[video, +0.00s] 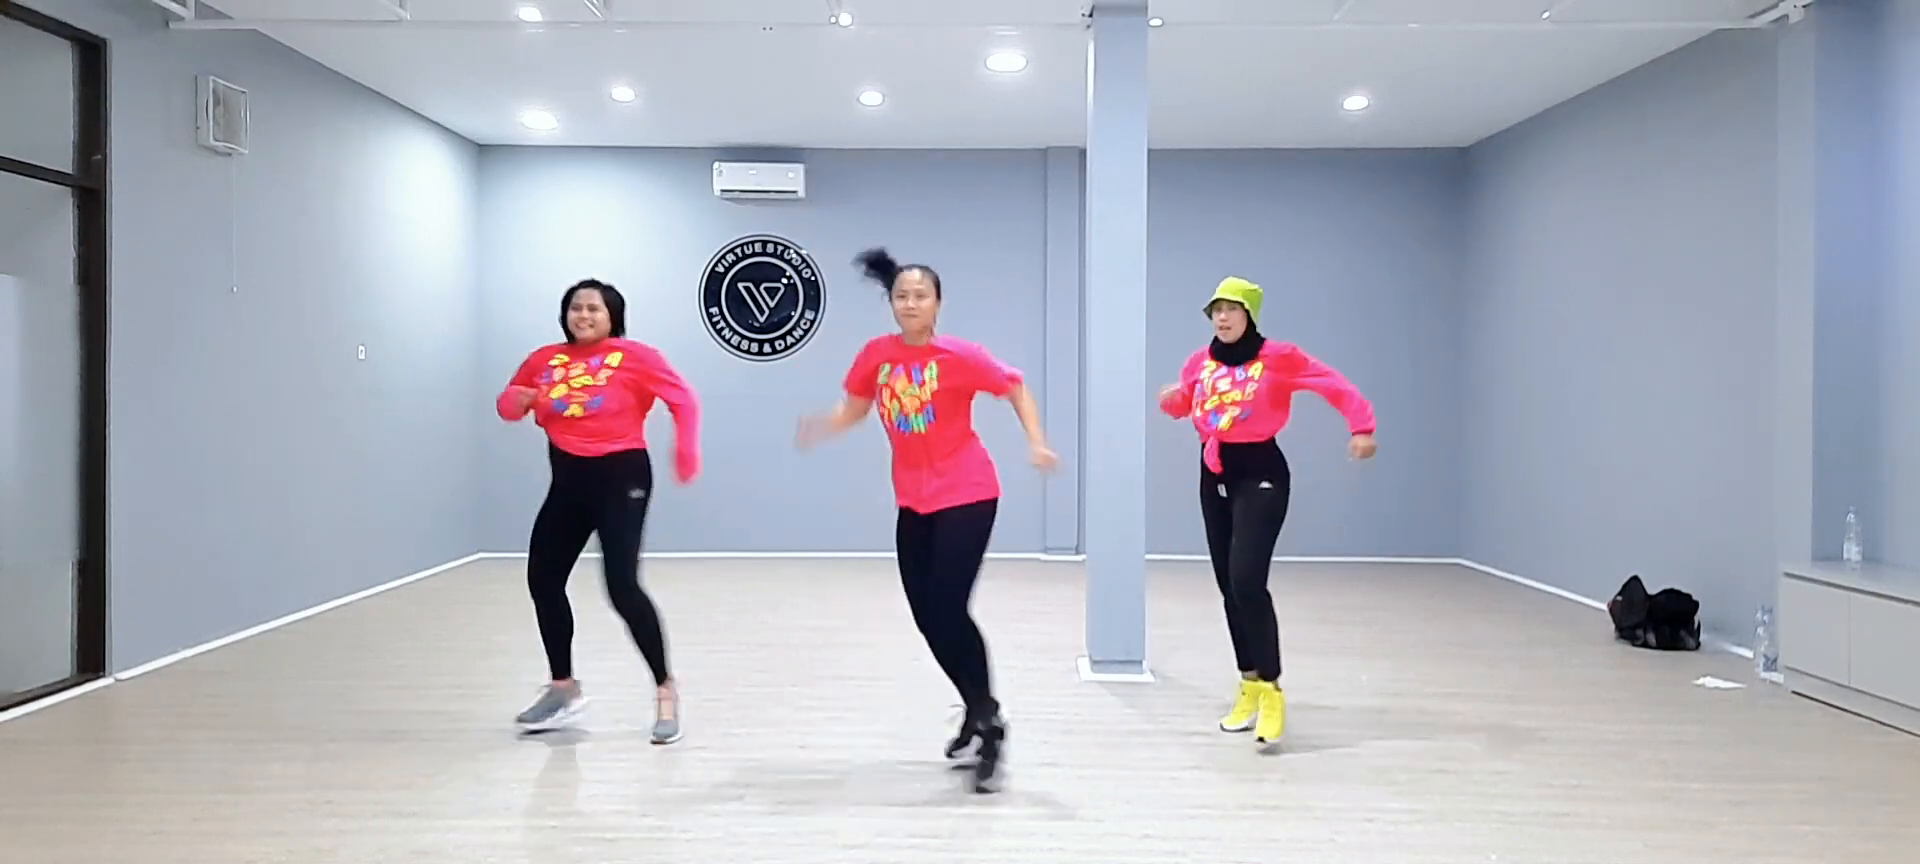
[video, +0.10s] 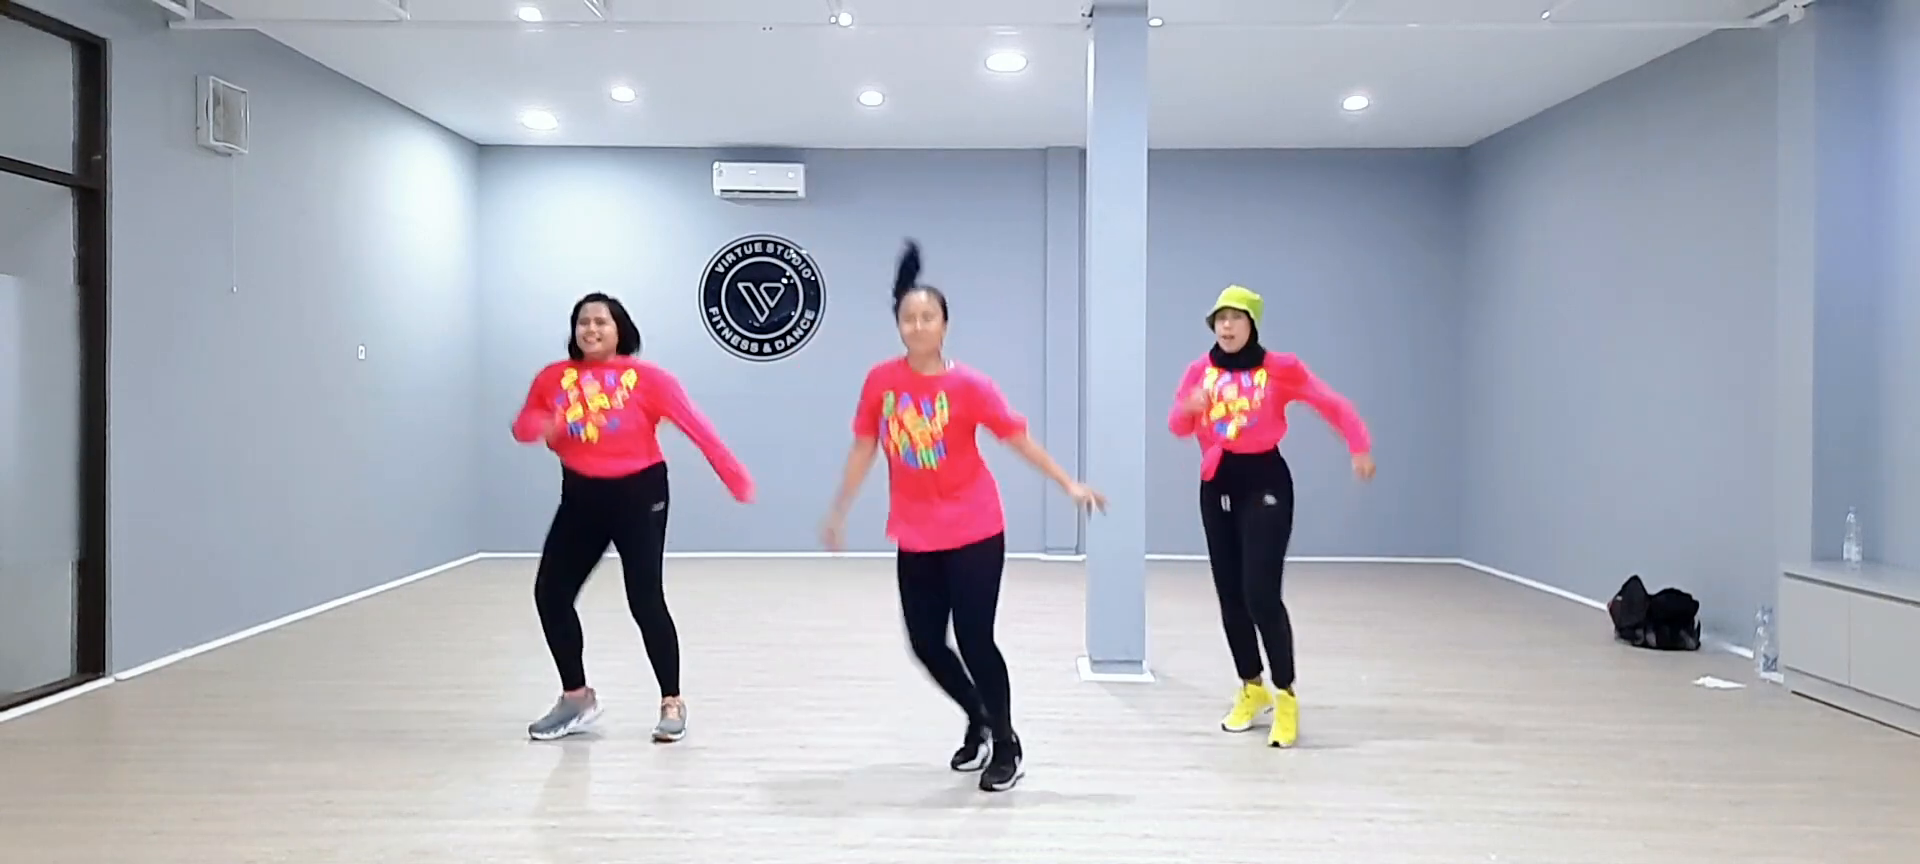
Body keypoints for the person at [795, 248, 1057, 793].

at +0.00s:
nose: (911, 302)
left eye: (921, 295)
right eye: (902, 295)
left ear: (938, 304)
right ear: (891, 304)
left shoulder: (961, 356)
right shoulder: (876, 355)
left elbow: (1015, 388)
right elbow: (853, 408)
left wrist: (1037, 441)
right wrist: (822, 426)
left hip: (968, 498)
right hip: (915, 504)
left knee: (947, 607)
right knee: (927, 616)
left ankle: (988, 722)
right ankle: (978, 709)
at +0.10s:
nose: (918, 326)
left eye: (928, 317)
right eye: (909, 318)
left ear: (945, 326)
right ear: (897, 327)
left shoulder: (969, 386)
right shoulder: (881, 381)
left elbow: (1019, 439)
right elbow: (864, 448)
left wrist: (1070, 484)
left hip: (974, 533)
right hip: (915, 537)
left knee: (974, 640)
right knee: (925, 643)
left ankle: (1005, 743)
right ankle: (978, 715)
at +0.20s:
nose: (908, 330)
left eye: (919, 322)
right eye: (900, 322)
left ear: (938, 331)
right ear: (890, 331)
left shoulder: (967, 392)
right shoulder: (874, 388)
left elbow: (996, 457)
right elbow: (872, 451)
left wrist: (1031, 514)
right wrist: (868, 508)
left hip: (971, 527)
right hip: (909, 529)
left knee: (978, 638)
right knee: (886, 637)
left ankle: (1005, 747)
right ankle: (934, 694)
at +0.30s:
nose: (889, 320)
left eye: (899, 311)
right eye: (881, 311)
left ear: (918, 319)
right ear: (869, 320)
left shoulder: (944, 382)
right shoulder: (856, 376)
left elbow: (958, 460)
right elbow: (856, 438)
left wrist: (971, 526)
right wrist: (855, 490)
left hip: (946, 516)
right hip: (886, 513)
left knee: (969, 626)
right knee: (854, 614)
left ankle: (998, 737)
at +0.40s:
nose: (871, 330)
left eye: (882, 321)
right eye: (863, 321)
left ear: (901, 329)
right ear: (853, 329)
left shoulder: (916, 390)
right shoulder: (840, 382)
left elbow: (906, 472)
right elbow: (837, 449)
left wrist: (903, 544)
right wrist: (828, 504)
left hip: (929, 525)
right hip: (862, 520)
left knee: (958, 637)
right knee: (816, 631)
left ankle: (984, 740)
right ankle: (790, 745)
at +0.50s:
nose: (858, 346)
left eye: (869, 338)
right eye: (849, 338)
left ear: (887, 347)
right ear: (838, 346)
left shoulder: (894, 407)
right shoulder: (823, 399)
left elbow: (843, 473)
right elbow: (809, 469)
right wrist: (801, 520)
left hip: (900, 556)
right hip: (831, 551)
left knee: (939, 663)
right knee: (776, 648)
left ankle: (983, 745)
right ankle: (768, 773)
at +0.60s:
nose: (842, 322)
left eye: (853, 314)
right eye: (834, 314)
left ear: (871, 324)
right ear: (822, 321)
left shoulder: (880, 383)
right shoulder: (801, 375)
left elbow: (834, 428)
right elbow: (787, 443)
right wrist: (764, 506)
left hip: (876, 527)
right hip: (806, 525)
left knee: (926, 637)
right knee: (765, 641)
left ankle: (965, 729)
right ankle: (764, 766)